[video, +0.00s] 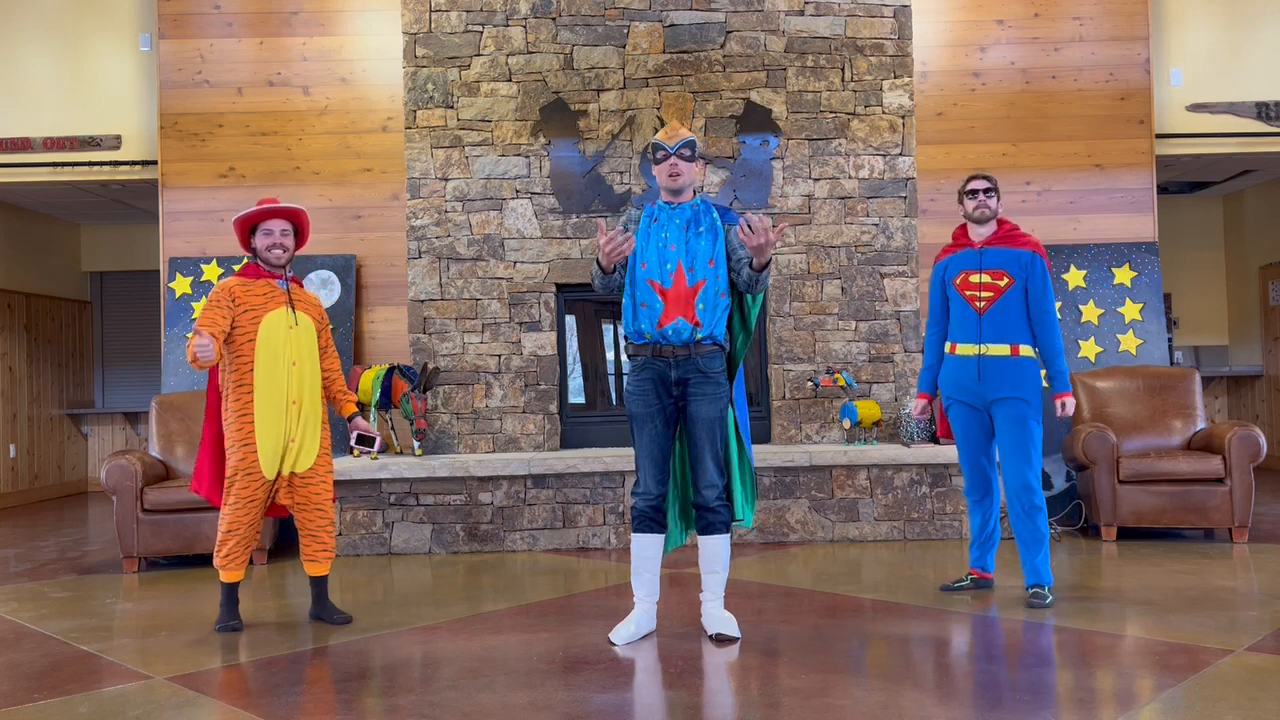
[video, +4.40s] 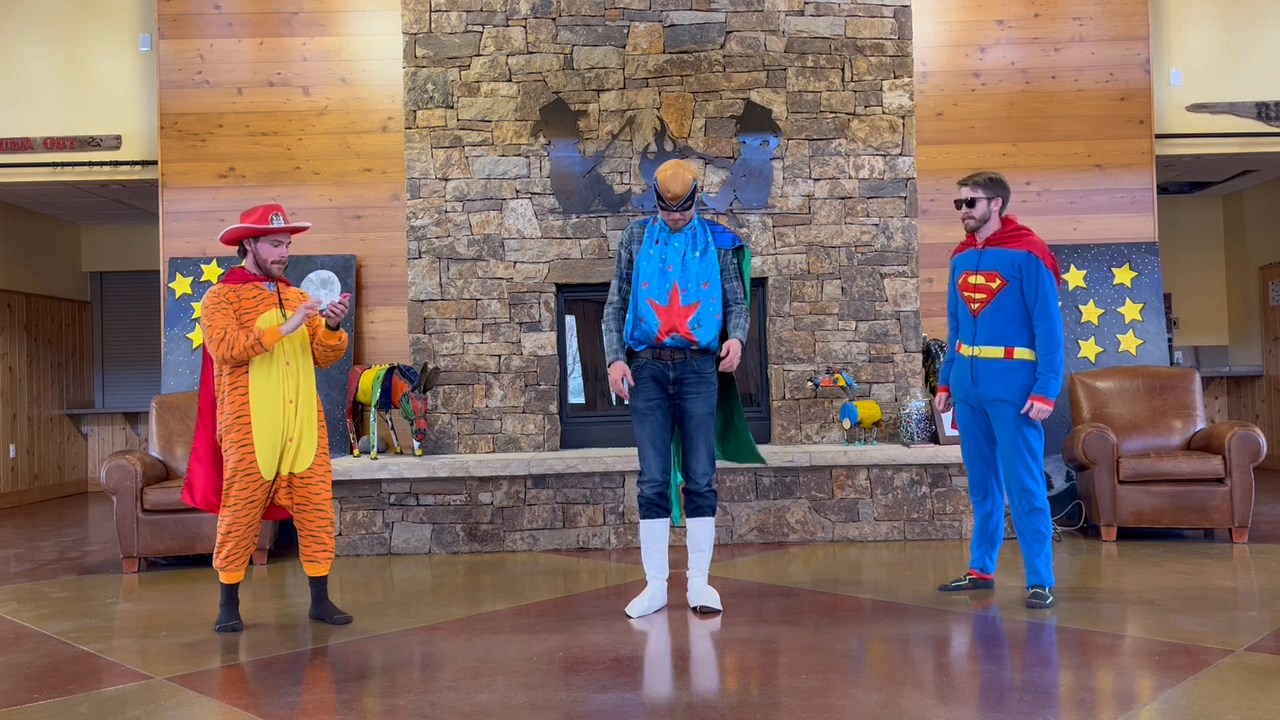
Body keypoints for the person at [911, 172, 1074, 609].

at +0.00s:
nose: (980, 200)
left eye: (988, 194)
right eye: (972, 195)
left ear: (1000, 203)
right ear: (961, 207)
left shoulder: (1027, 254)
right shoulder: (946, 262)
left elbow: (1046, 323)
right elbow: (935, 333)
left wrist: (1061, 382)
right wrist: (925, 390)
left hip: (1015, 385)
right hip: (961, 389)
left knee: (1023, 484)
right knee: (977, 484)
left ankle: (1038, 581)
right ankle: (980, 572)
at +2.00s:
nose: (994, 201)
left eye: (1001, 194)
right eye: (985, 194)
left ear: (1012, 202)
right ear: (973, 201)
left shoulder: (1036, 254)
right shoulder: (954, 257)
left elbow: (1057, 323)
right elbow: (941, 327)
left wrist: (1065, 383)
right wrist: (933, 383)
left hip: (1022, 388)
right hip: (968, 391)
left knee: (1029, 486)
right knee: (981, 485)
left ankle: (1039, 580)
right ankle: (982, 572)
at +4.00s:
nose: (971, 205)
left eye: (980, 197)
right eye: (970, 198)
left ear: (1007, 202)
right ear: (978, 205)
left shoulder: (1037, 251)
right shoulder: (971, 256)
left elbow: (1054, 329)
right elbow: (965, 328)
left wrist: (1046, 390)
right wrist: (953, 382)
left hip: (1017, 388)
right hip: (972, 388)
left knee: (1028, 487)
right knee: (985, 485)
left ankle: (1040, 580)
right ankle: (982, 571)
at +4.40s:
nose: (962, 210)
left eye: (970, 202)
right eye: (959, 204)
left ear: (997, 204)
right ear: (962, 208)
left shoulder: (1028, 254)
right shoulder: (960, 258)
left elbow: (1050, 329)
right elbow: (956, 329)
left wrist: (1046, 390)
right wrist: (946, 382)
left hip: (1013, 390)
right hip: (968, 391)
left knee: (1025, 487)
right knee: (983, 485)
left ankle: (1040, 581)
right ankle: (982, 571)